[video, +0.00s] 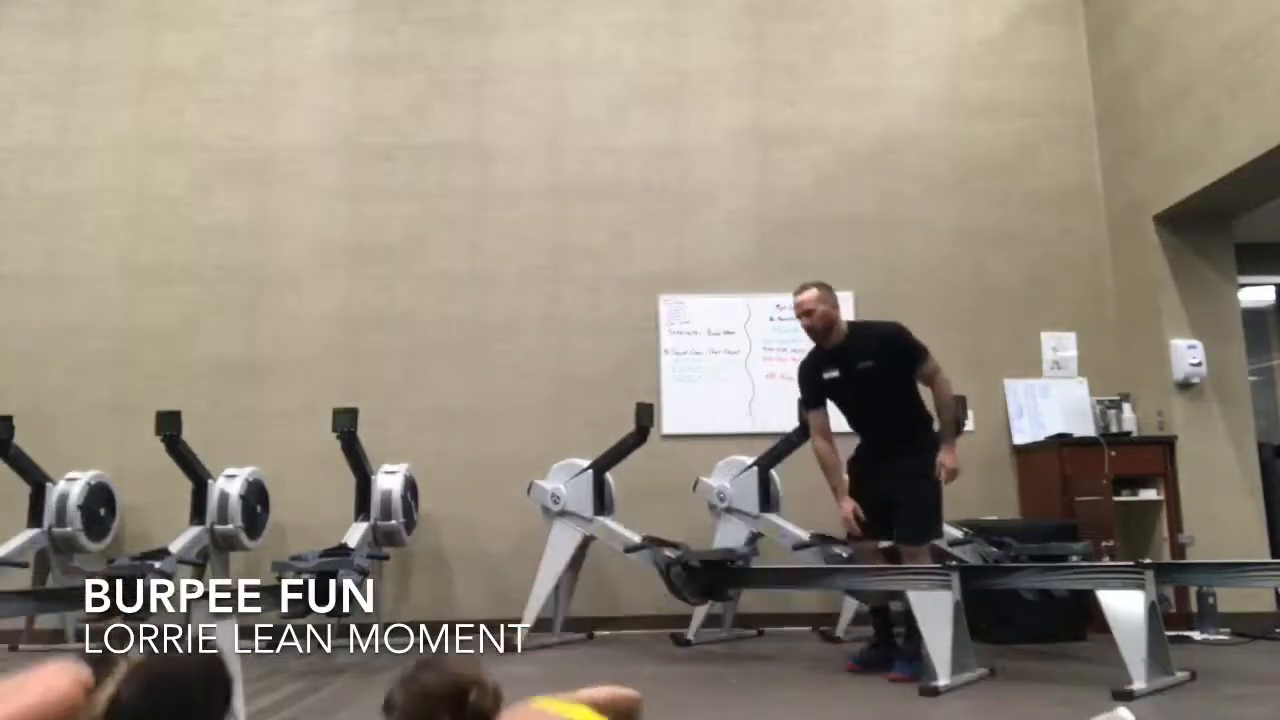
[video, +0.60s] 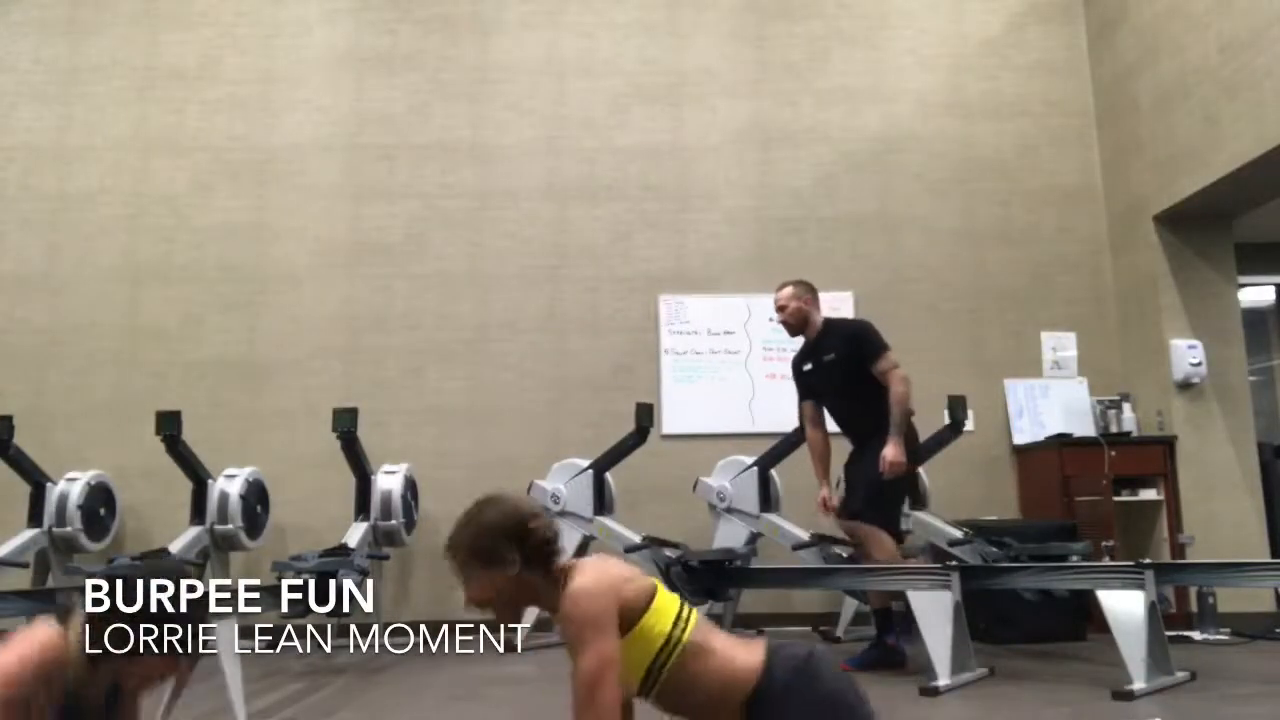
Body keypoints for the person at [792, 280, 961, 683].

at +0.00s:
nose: (806, 321)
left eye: (812, 311)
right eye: (800, 316)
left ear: (836, 308)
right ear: (799, 321)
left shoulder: (887, 337)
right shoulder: (811, 369)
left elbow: (938, 382)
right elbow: (821, 438)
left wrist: (949, 445)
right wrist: (841, 495)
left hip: (916, 447)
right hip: (870, 452)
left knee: (913, 548)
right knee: (863, 543)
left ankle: (917, 647)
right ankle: (883, 641)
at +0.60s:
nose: (779, 315)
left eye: (784, 307)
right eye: (776, 310)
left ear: (810, 303)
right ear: (787, 314)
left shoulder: (855, 332)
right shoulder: (802, 363)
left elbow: (898, 380)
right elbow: (814, 426)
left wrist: (896, 440)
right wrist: (824, 482)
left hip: (892, 437)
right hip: (864, 444)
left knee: (861, 519)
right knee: (859, 527)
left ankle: (917, 600)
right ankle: (885, 638)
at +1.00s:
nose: (788, 296)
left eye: (794, 289)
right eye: (788, 289)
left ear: (817, 292)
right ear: (808, 293)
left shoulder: (834, 328)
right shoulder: (820, 330)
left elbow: (854, 384)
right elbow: (835, 391)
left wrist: (836, 445)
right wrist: (827, 437)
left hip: (857, 445)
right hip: (848, 444)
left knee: (855, 541)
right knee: (853, 540)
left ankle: (886, 638)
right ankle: (884, 637)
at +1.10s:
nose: (782, 295)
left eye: (788, 288)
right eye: (783, 288)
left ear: (811, 291)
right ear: (808, 292)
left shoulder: (824, 327)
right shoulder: (820, 327)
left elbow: (839, 385)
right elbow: (832, 392)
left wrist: (815, 444)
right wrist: (810, 440)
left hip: (843, 450)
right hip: (848, 449)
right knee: (850, 547)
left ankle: (886, 638)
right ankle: (884, 638)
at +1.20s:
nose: (770, 297)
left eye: (775, 290)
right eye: (770, 290)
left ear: (798, 292)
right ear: (796, 293)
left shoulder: (811, 327)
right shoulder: (810, 327)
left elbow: (824, 387)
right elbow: (825, 393)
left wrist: (796, 445)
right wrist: (805, 444)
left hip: (833, 445)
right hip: (843, 443)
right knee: (849, 544)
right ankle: (884, 639)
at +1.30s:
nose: (750, 297)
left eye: (757, 290)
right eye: (751, 290)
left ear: (780, 294)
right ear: (777, 295)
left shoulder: (792, 331)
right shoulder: (791, 330)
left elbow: (808, 390)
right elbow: (810, 395)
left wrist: (783, 441)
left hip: (817, 449)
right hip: (833, 448)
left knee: (784, 544)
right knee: (847, 545)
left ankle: (769, 647)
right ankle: (884, 640)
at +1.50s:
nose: (704, 291)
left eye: (711, 284)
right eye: (705, 284)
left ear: (734, 288)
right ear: (728, 288)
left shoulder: (749, 329)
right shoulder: (740, 329)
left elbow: (774, 397)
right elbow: (751, 401)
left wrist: (758, 458)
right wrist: (743, 453)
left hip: (789, 444)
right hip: (796, 441)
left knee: (768, 545)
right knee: (820, 534)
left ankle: (765, 652)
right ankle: (869, 619)